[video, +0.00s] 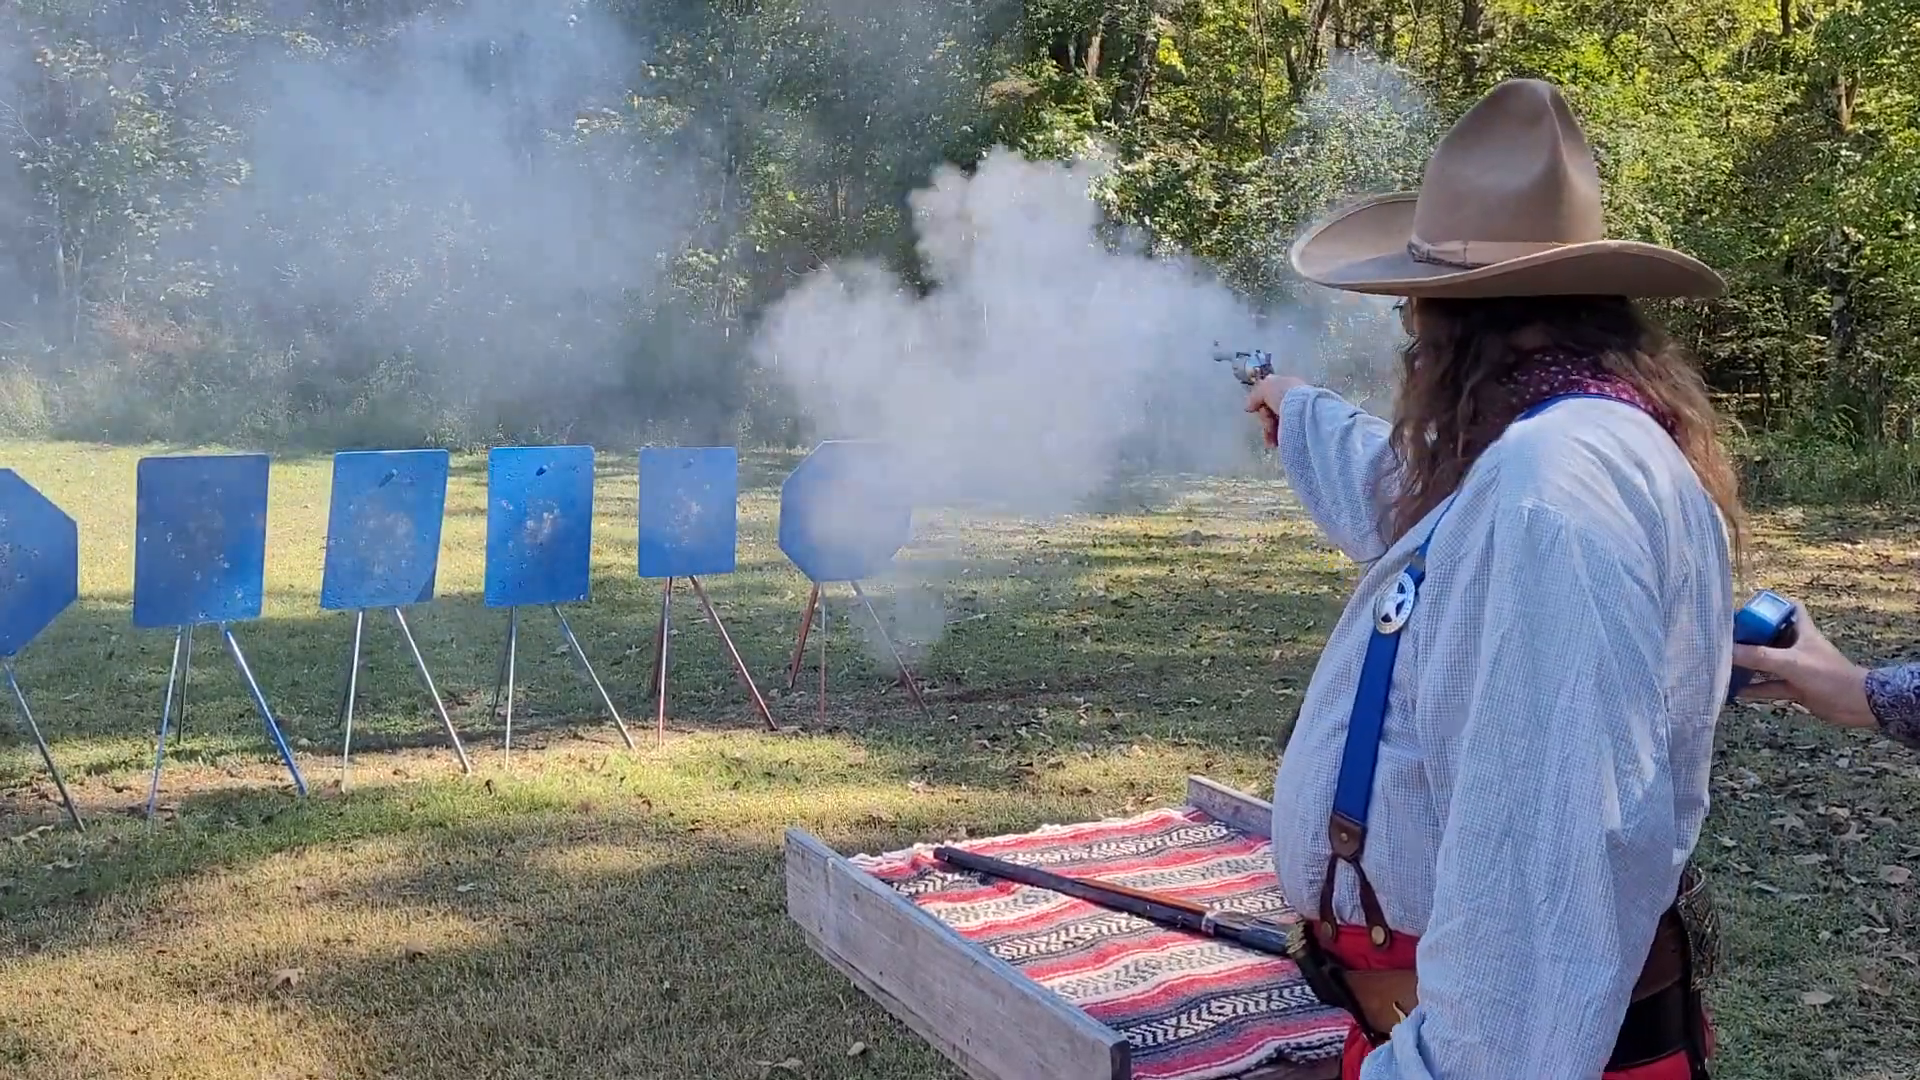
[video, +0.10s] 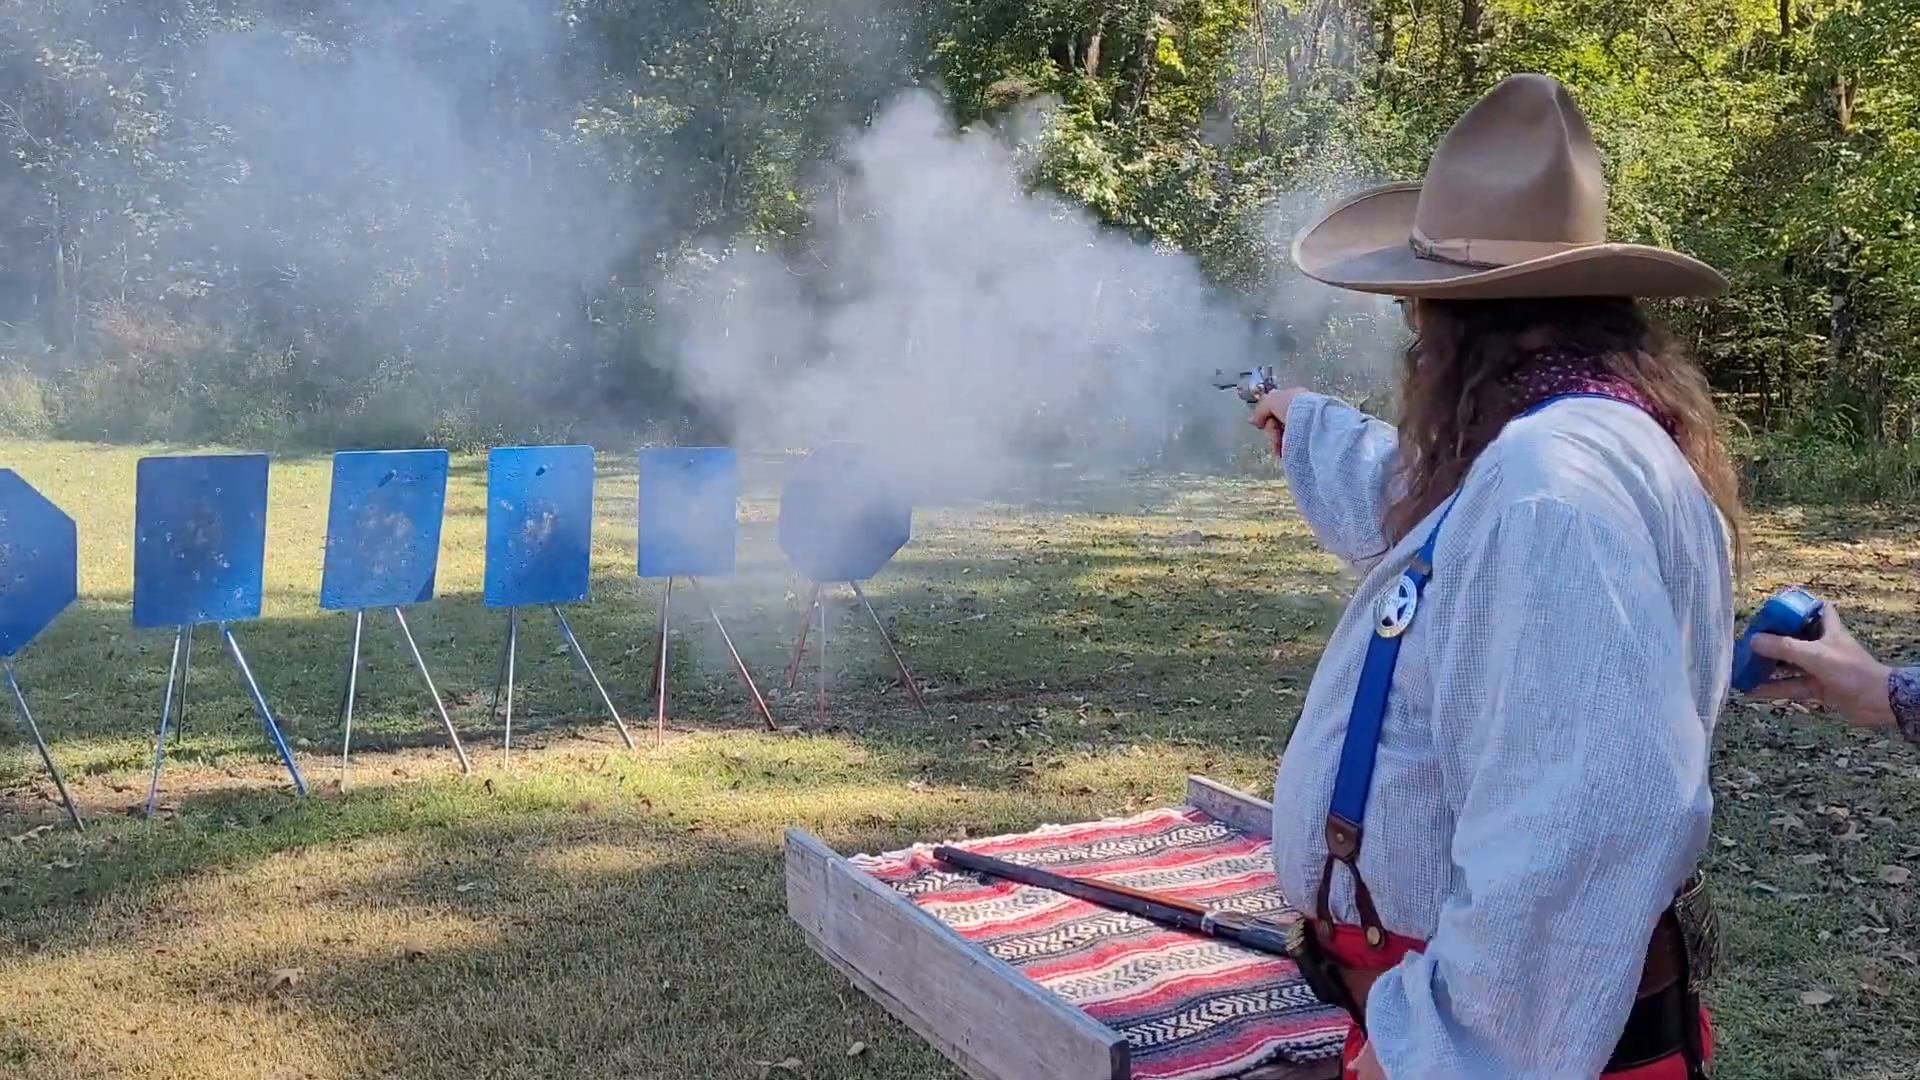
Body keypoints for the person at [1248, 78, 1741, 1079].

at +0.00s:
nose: (1404, 334)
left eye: (1413, 307)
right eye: (1404, 306)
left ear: (1457, 321)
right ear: (1569, 309)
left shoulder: (1550, 481)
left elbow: (1545, 866)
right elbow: (1401, 497)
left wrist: (1428, 1061)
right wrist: (1294, 410)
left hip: (1493, 1025)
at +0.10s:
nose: (1409, 335)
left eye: (1420, 309)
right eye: (1412, 306)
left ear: (1462, 323)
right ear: (1572, 310)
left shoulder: (1548, 478)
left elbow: (1596, 811)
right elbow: (1412, 507)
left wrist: (1437, 1047)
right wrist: (1306, 423)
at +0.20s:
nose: (1403, 334)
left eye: (1415, 308)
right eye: (1407, 306)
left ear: (1459, 320)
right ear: (1572, 307)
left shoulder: (1543, 465)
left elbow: (1672, 763)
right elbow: (1429, 519)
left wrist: (1467, 985)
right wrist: (1332, 457)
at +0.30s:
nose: (1388, 345)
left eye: (1395, 318)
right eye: (1389, 317)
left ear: (1435, 326)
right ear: (1564, 307)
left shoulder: (1523, 456)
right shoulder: (1597, 427)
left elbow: (1695, 719)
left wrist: (1489, 953)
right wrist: (1398, 513)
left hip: (1489, 1045)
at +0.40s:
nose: (1370, 364)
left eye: (1376, 334)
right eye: (1368, 333)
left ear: (1410, 336)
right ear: (1536, 309)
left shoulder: (1512, 461)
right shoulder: (1611, 437)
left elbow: (1694, 709)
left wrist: (1502, 941)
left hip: (1486, 1048)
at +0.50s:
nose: (1361, 378)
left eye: (1364, 351)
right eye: (1358, 352)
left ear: (1395, 355)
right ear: (1534, 307)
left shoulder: (1497, 459)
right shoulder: (1627, 420)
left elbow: (1674, 697)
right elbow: (1771, 554)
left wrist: (1510, 951)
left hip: (1488, 1046)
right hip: (1617, 1019)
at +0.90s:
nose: (1349, 393)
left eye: (1352, 365)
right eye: (1344, 367)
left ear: (1380, 357)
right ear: (1525, 305)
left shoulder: (1452, 445)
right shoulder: (1664, 433)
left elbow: (1580, 670)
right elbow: (1828, 678)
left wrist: (1460, 969)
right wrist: (1651, 775)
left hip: (1507, 1034)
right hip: (1664, 994)